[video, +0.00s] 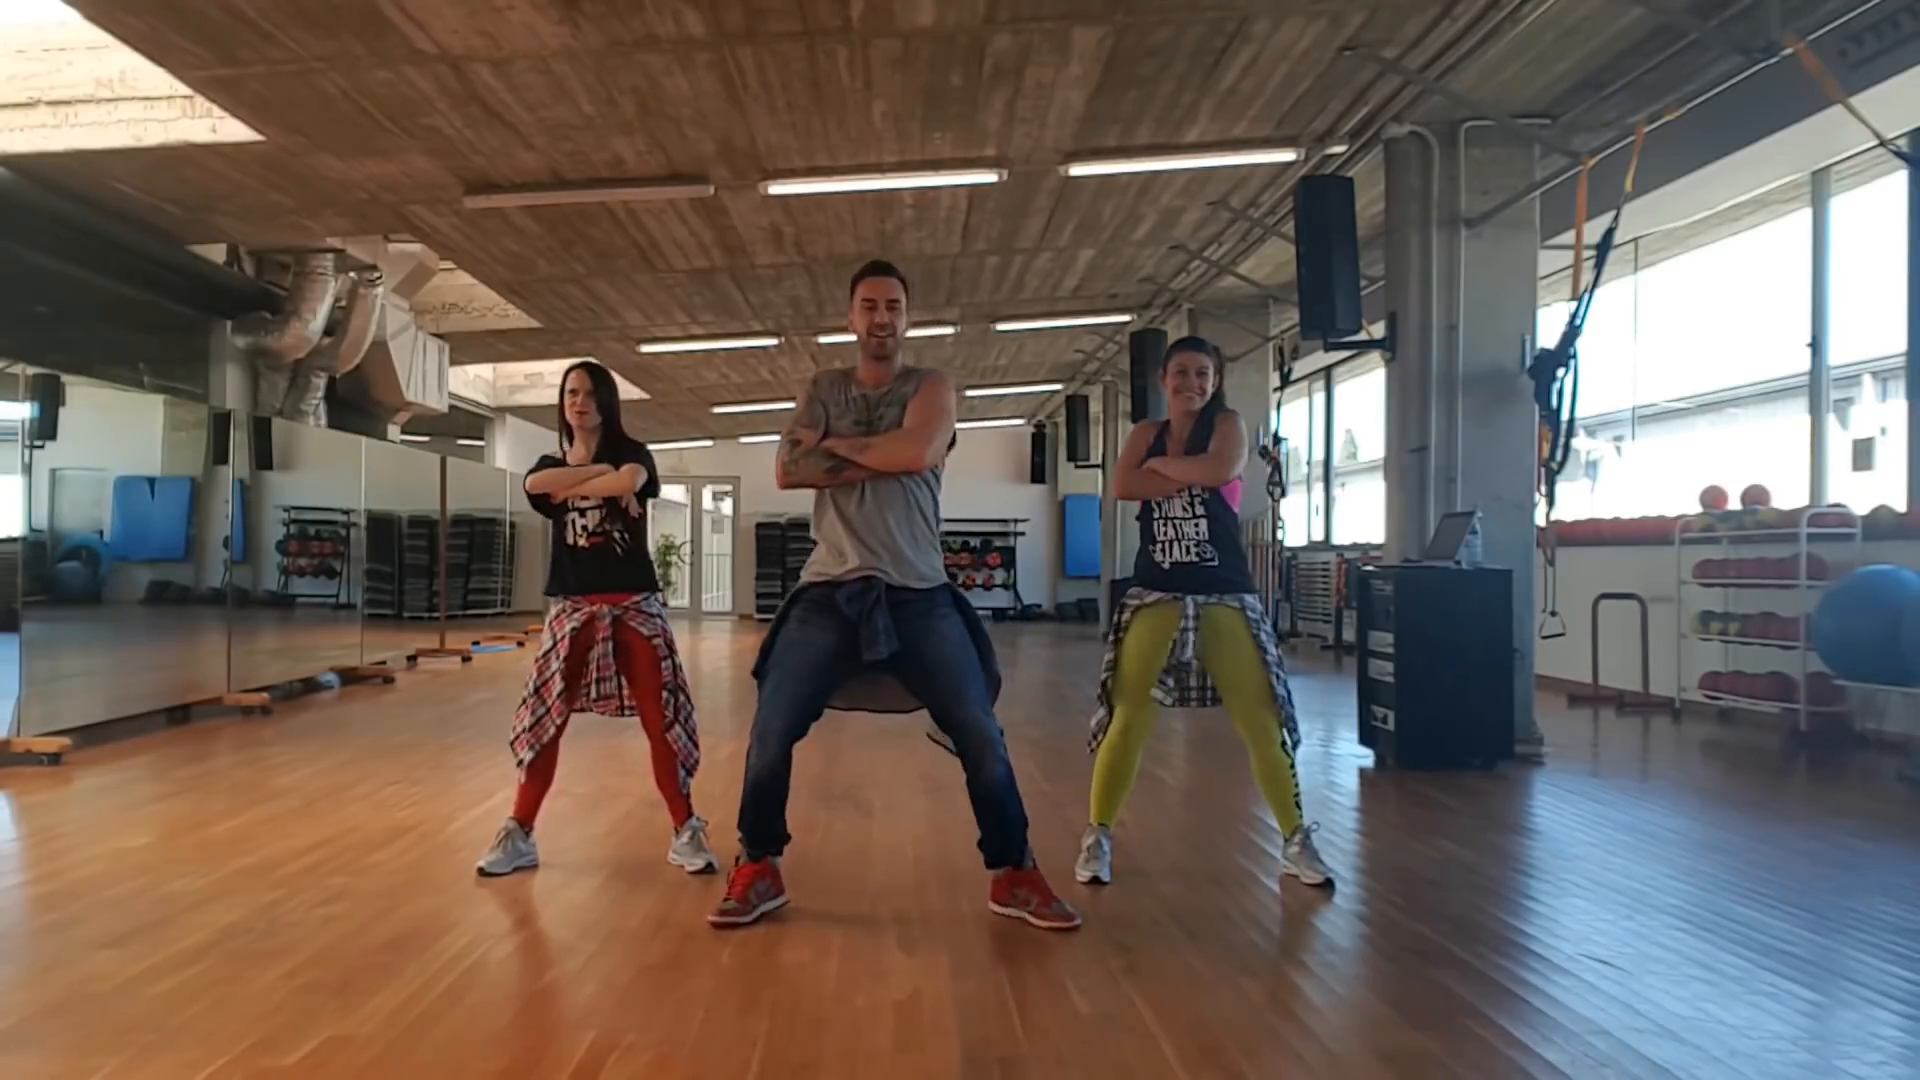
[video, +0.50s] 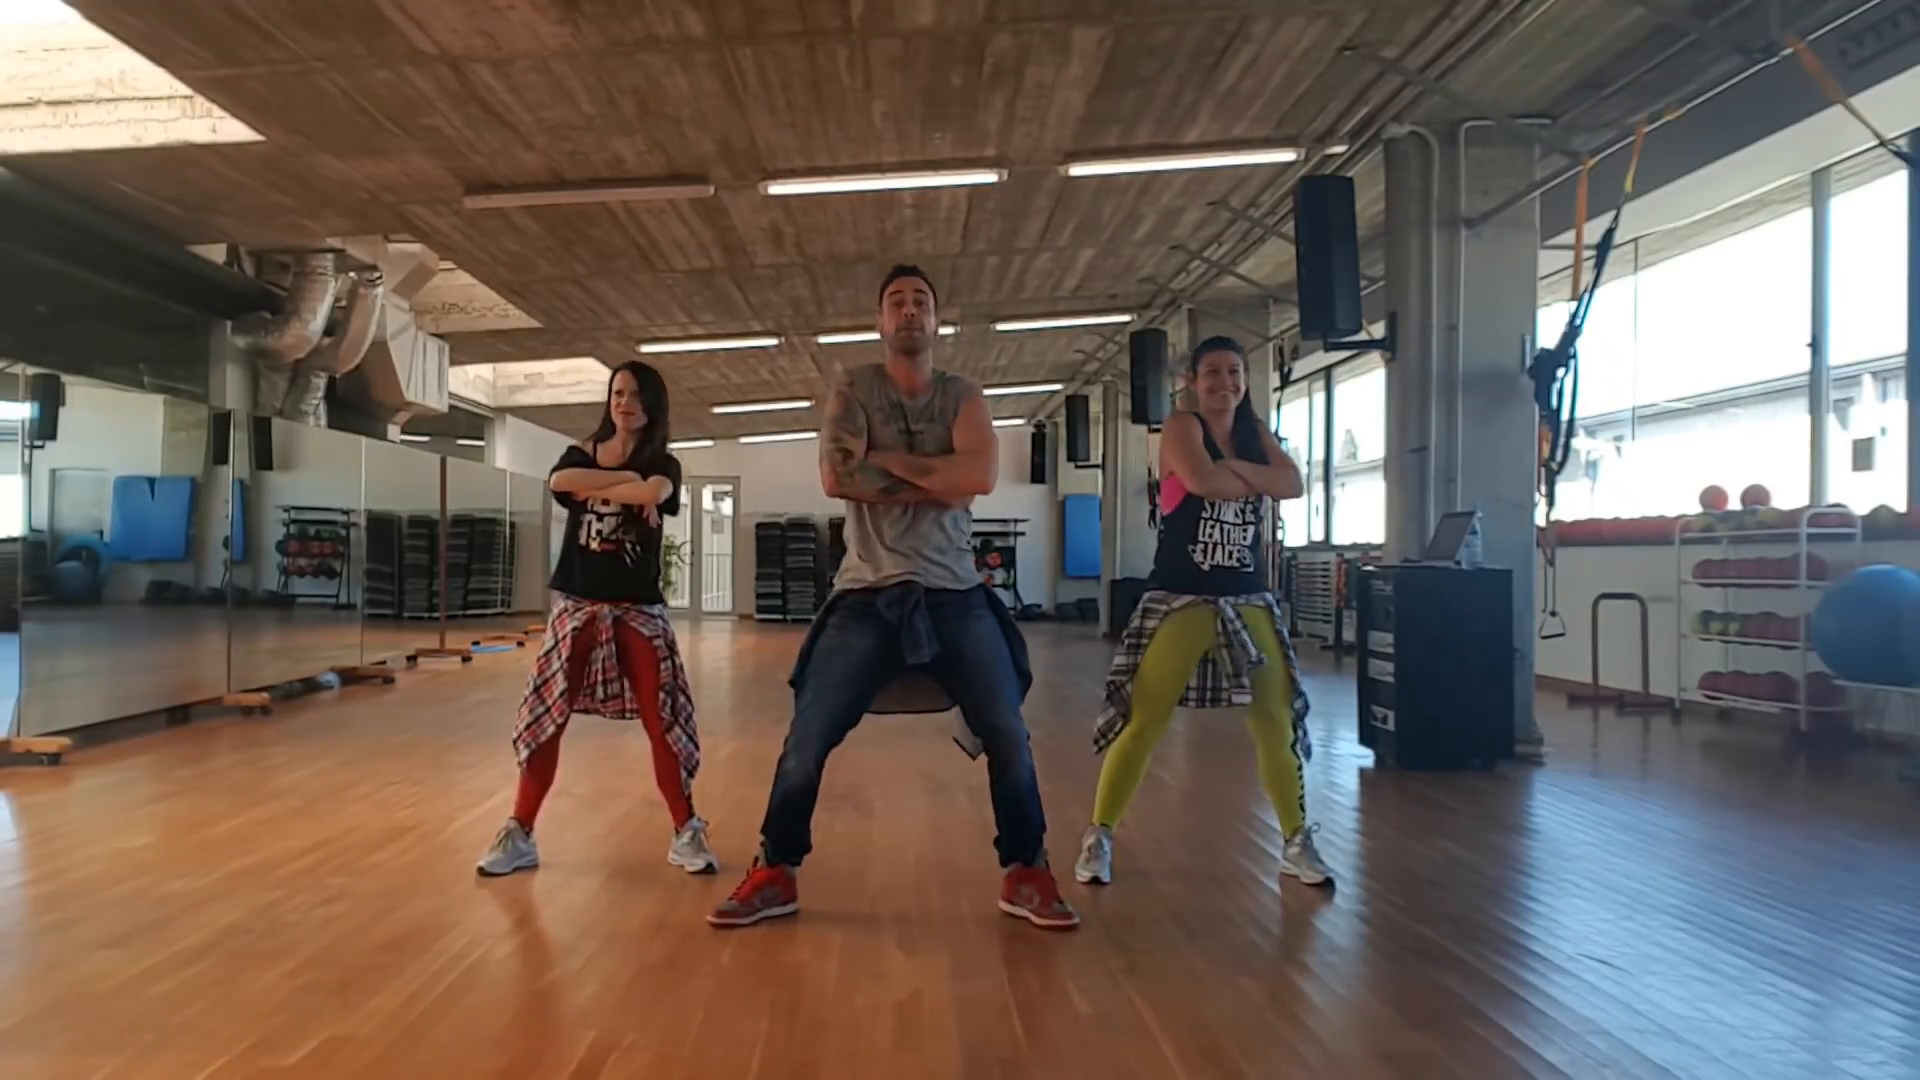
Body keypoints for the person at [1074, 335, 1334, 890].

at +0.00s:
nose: (1190, 381)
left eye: (1201, 373)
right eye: (1181, 372)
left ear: (1215, 383)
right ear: (1163, 380)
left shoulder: (1225, 423)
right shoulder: (1146, 433)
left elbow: (1221, 471)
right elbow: (1122, 486)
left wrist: (1154, 465)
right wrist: (1191, 473)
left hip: (1223, 591)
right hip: (1154, 590)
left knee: (1260, 719)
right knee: (1129, 714)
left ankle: (1296, 841)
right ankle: (1096, 837)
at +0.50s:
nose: (1225, 380)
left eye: (1233, 372)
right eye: (1214, 372)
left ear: (1245, 382)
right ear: (1193, 382)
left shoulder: (1253, 432)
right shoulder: (1181, 426)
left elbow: (1292, 484)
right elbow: (1202, 481)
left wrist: (1231, 466)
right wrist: (1260, 483)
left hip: (1249, 598)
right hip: (1182, 598)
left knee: (1275, 723)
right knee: (1146, 721)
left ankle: (1297, 842)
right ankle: (1099, 838)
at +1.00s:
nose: (1197, 374)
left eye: (1206, 367)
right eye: (1186, 366)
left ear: (1220, 379)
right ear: (1170, 379)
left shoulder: (1236, 426)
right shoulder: (1153, 429)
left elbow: (1257, 464)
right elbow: (1141, 478)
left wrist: (1181, 462)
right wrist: (1220, 476)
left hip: (1233, 591)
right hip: (1164, 591)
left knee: (1264, 714)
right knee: (1138, 717)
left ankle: (1297, 841)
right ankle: (1098, 838)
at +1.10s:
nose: (1192, 372)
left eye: (1202, 364)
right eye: (1182, 364)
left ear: (1216, 377)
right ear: (1164, 377)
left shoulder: (1235, 426)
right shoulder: (1146, 429)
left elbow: (1270, 454)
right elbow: (1108, 475)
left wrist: (1203, 431)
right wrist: (1165, 460)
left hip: (1227, 591)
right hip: (1157, 591)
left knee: (1260, 714)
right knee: (1134, 715)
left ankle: (1297, 840)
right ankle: (1098, 838)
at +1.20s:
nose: (1193, 371)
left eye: (1202, 362)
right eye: (1182, 362)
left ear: (1216, 377)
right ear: (1164, 376)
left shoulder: (1232, 428)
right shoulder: (1146, 430)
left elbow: (1287, 444)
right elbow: (1094, 461)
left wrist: (1241, 387)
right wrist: (1145, 410)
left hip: (1226, 592)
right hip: (1157, 592)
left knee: (1258, 712)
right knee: (1132, 714)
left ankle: (1295, 840)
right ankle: (1098, 838)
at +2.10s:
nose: (1141, 382)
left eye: (1151, 373)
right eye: (1131, 372)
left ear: (1168, 386)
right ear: (1116, 382)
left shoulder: (1181, 445)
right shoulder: (1097, 437)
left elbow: (1256, 451)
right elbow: (1065, 450)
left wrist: (1245, 386)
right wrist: (1101, 392)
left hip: (1164, 600)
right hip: (1095, 600)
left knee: (1219, 710)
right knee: (1085, 729)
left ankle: (1248, 827)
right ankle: (1076, 837)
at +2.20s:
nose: (1132, 375)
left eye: (1143, 367)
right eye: (1123, 366)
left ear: (1158, 378)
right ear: (1107, 375)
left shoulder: (1173, 437)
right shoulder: (1085, 430)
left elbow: (1248, 442)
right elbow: (1029, 444)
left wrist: (1231, 380)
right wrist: (1054, 381)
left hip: (1156, 595)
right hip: (1087, 594)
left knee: (1201, 703)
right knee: (1086, 722)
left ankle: (1177, 813)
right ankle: (1076, 836)